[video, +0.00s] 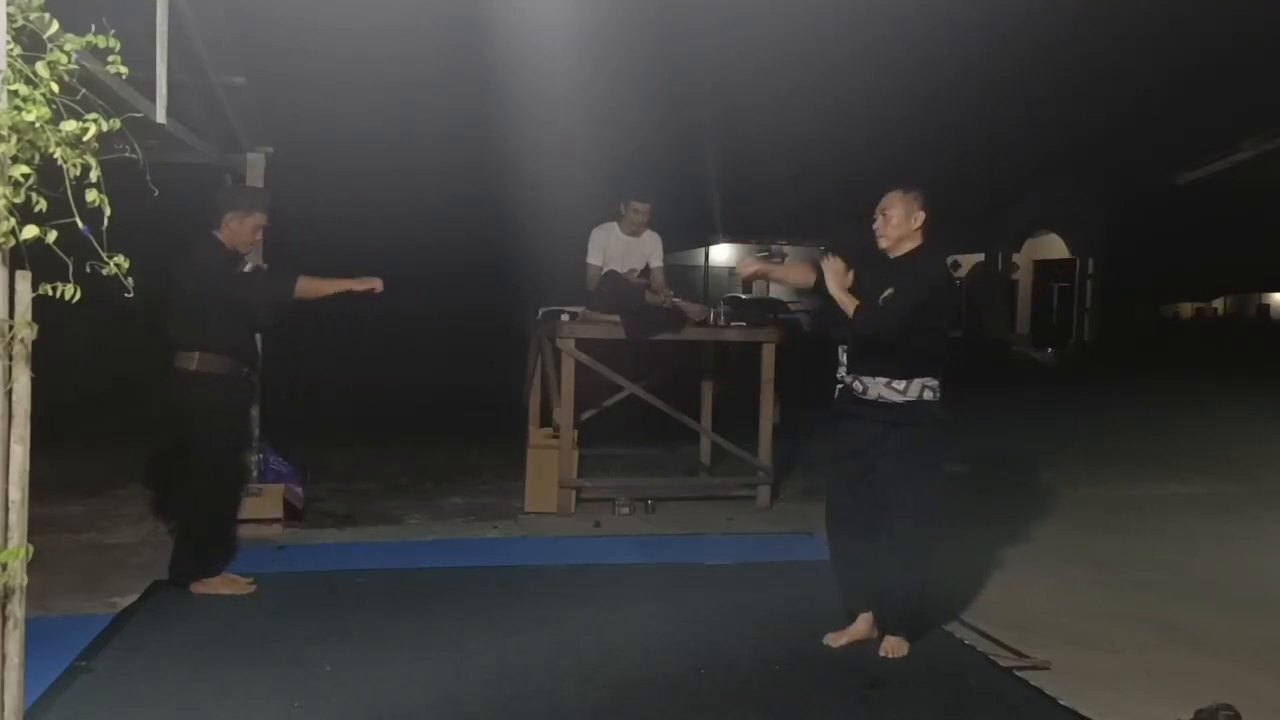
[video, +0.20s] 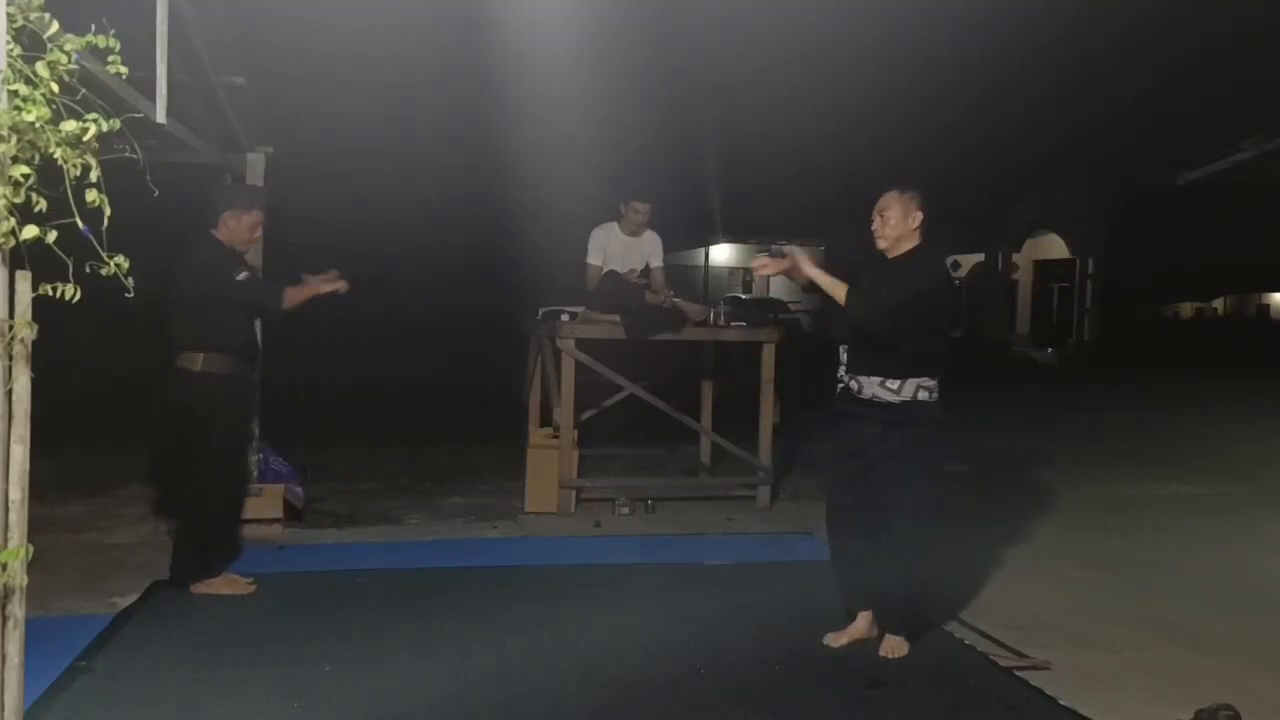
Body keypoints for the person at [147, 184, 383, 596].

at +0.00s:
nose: (259, 237)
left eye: (261, 229)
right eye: (256, 228)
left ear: (231, 225)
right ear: (230, 222)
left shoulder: (206, 256)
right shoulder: (210, 262)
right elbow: (276, 287)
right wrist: (348, 285)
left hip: (202, 380)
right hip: (209, 384)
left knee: (211, 471)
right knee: (217, 473)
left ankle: (197, 567)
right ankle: (202, 573)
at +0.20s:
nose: (258, 235)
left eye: (260, 226)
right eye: (254, 225)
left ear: (230, 222)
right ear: (229, 220)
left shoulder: (211, 255)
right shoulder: (214, 261)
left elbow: (259, 294)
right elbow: (269, 301)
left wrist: (303, 284)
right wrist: (318, 288)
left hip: (211, 380)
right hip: (211, 383)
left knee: (215, 472)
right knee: (217, 475)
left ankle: (204, 566)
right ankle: (202, 572)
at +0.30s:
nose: (259, 231)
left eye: (261, 223)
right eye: (254, 222)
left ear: (232, 222)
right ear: (229, 220)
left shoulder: (231, 259)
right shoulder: (202, 256)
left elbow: (277, 289)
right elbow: (214, 308)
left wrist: (339, 294)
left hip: (226, 380)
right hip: (207, 382)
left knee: (224, 472)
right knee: (213, 474)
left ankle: (211, 566)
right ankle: (203, 573)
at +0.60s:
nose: (254, 228)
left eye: (255, 220)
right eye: (249, 219)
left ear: (229, 221)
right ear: (225, 218)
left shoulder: (211, 257)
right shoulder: (209, 260)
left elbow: (245, 284)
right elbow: (254, 290)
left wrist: (281, 273)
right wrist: (291, 279)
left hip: (215, 380)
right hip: (211, 383)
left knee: (217, 471)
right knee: (216, 473)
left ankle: (206, 566)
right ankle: (203, 572)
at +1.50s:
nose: (266, 235)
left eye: (266, 227)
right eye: (262, 226)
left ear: (238, 225)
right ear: (236, 223)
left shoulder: (217, 258)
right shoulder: (221, 263)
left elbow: (230, 329)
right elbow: (239, 333)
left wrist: (272, 331)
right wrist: (285, 332)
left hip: (207, 380)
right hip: (210, 384)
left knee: (216, 475)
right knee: (215, 477)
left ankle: (209, 568)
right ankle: (202, 574)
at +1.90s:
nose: (281, 277)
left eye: (282, 268)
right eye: (279, 267)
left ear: (255, 260)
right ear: (257, 259)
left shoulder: (221, 286)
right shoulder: (234, 293)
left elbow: (240, 363)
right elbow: (246, 361)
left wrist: (291, 369)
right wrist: (297, 349)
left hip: (181, 401)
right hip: (196, 405)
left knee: (212, 477)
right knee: (258, 469)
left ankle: (201, 565)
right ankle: (229, 569)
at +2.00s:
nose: (281, 280)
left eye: (282, 271)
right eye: (277, 270)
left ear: (253, 268)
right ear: (253, 266)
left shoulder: (229, 297)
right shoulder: (234, 303)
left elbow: (248, 375)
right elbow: (280, 358)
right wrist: (324, 323)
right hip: (197, 411)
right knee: (254, 468)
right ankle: (213, 562)